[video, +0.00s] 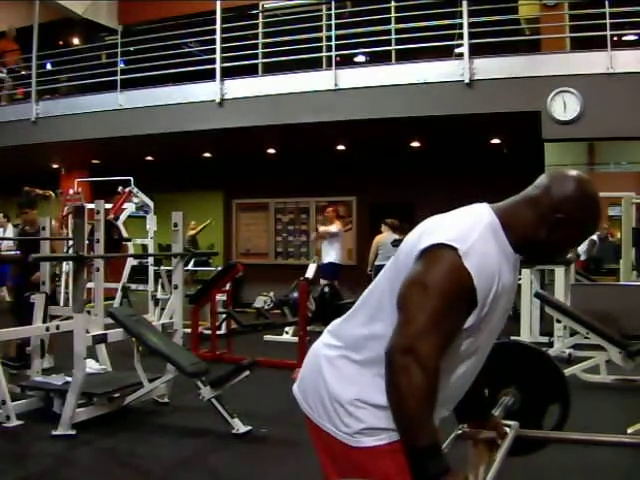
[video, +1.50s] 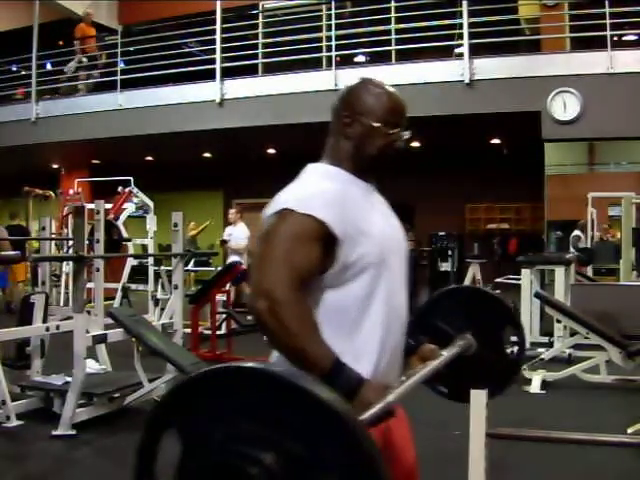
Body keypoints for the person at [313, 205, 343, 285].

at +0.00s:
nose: (326, 215)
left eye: (329, 212)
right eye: (326, 212)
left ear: (335, 213)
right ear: (325, 214)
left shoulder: (337, 225)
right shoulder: (328, 226)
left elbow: (333, 230)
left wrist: (320, 229)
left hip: (333, 259)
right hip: (325, 259)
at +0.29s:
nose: (312, 216)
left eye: (314, 214)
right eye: (312, 214)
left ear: (319, 215)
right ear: (311, 215)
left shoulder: (321, 227)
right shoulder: (309, 228)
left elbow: (310, 222)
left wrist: (304, 220)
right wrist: (298, 224)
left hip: (317, 259)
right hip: (311, 259)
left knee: (305, 282)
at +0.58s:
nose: (293, 213)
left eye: (295, 211)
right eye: (293, 211)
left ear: (301, 213)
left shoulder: (302, 225)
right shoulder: (296, 225)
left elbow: (284, 234)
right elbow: (280, 236)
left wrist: (284, 222)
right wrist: (282, 226)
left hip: (299, 258)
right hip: (294, 258)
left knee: (286, 280)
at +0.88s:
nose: (272, 215)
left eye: (274, 213)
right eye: (273, 213)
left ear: (281, 215)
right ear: (280, 215)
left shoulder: (279, 228)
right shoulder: (282, 227)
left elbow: (273, 244)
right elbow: (275, 242)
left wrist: (263, 238)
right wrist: (266, 236)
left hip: (278, 262)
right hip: (283, 262)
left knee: (270, 284)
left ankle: (265, 307)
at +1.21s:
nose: (248, 215)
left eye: (250, 212)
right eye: (248, 212)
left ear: (257, 214)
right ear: (250, 214)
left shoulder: (262, 228)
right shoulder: (249, 228)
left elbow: (257, 247)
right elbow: (248, 243)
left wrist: (244, 242)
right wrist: (241, 240)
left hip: (259, 260)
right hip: (251, 259)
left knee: (246, 282)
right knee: (259, 285)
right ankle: (258, 307)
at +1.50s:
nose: (230, 216)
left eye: (232, 214)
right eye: (229, 214)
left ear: (238, 215)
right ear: (228, 216)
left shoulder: (243, 229)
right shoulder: (228, 229)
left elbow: (242, 247)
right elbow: (225, 240)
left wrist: (229, 245)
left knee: (242, 283)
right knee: (231, 284)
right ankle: (230, 303)